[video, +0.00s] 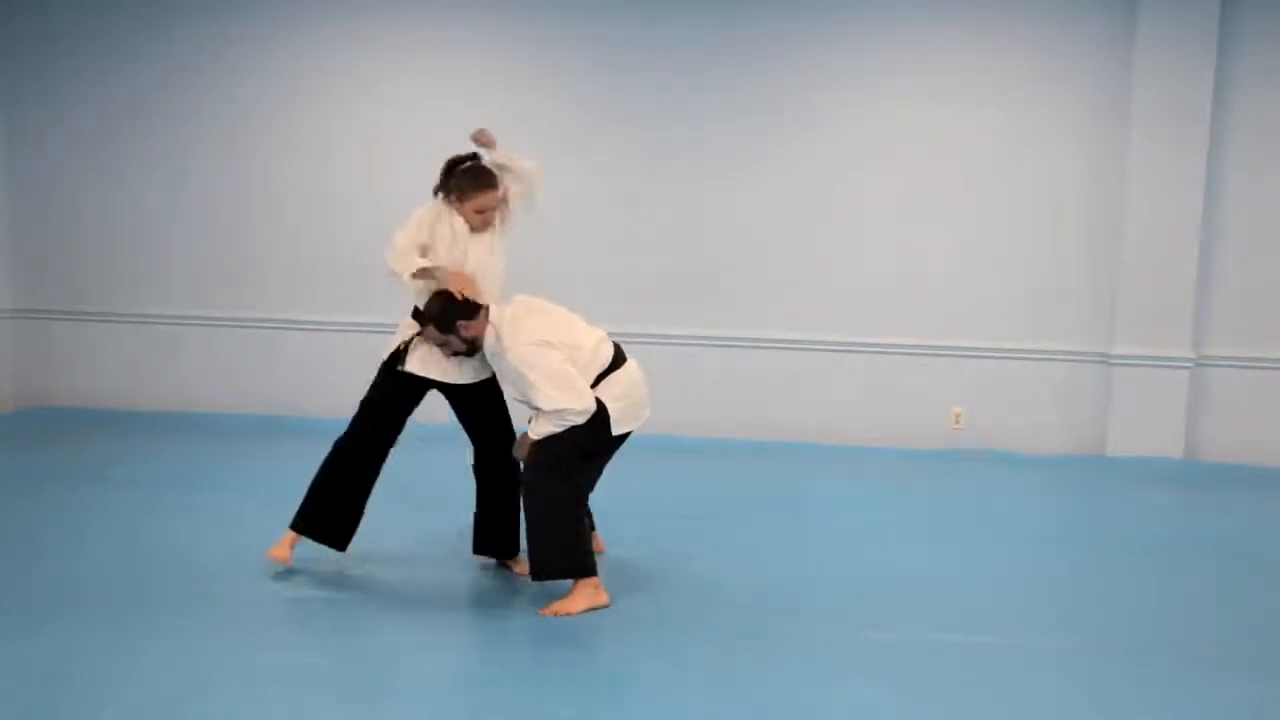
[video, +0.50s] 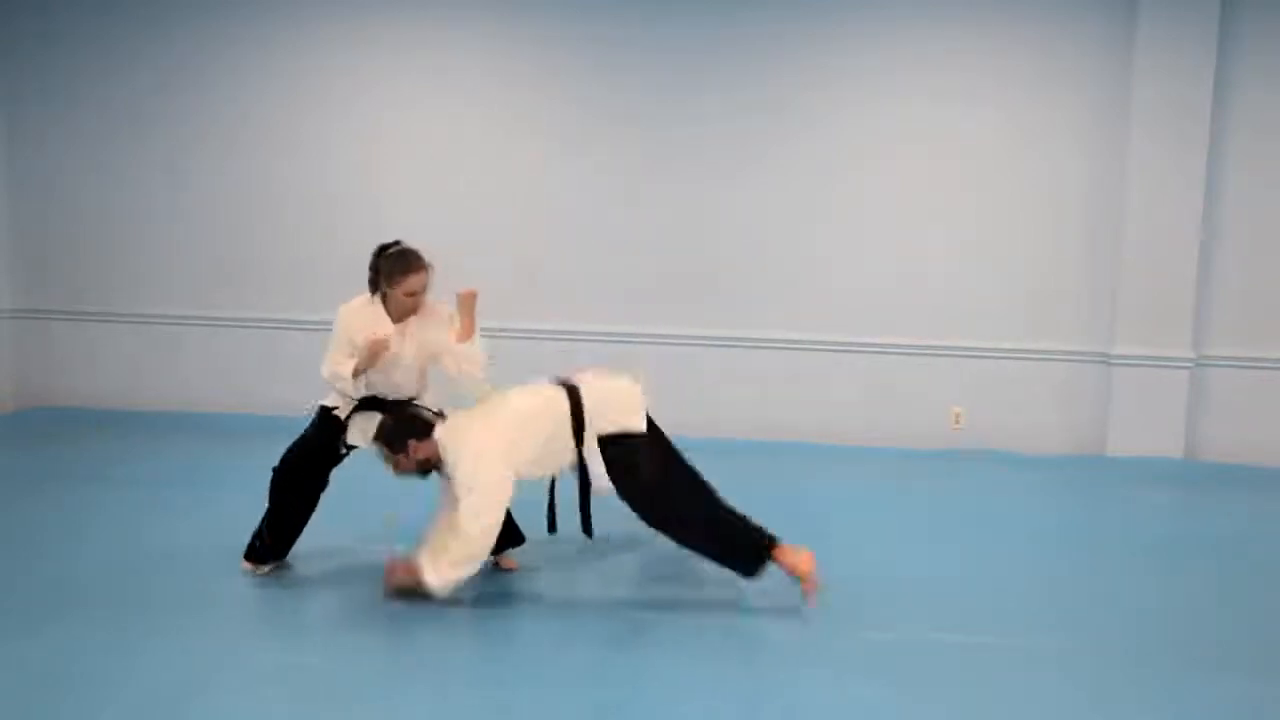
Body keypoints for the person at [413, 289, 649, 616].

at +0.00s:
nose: (446, 352)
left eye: (445, 343)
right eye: (439, 345)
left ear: (464, 327)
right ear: (469, 315)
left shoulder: (514, 345)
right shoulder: (506, 318)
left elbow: (576, 406)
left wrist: (532, 437)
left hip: (612, 398)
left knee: (546, 473)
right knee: (550, 459)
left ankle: (588, 586)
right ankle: (583, 535)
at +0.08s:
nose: (446, 356)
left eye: (444, 346)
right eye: (439, 349)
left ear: (460, 330)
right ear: (466, 316)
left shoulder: (514, 347)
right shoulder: (502, 322)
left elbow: (573, 409)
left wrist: (527, 440)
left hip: (610, 401)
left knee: (543, 472)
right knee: (545, 460)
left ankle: (587, 585)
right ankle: (582, 536)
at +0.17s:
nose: (446, 352)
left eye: (442, 345)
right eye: (440, 346)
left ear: (454, 335)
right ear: (465, 317)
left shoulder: (509, 350)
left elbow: (569, 412)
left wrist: (522, 442)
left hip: (605, 400)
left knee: (538, 475)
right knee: (542, 466)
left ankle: (585, 586)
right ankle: (579, 538)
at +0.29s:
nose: (420, 389)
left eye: (416, 380)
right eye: (416, 384)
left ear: (439, 364)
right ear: (441, 361)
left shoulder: (495, 364)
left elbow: (558, 422)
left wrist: (509, 449)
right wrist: (503, 443)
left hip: (608, 366)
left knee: (582, 473)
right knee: (558, 469)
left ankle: (605, 579)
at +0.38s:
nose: (425, 411)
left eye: (419, 403)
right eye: (418, 405)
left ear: (432, 390)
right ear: (436, 379)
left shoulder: (490, 385)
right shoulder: (471, 373)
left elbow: (532, 460)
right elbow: (503, 440)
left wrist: (481, 485)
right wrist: (470, 476)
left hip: (607, 366)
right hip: (583, 364)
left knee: (595, 475)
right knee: (576, 461)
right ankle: (606, 507)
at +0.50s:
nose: (399, 469)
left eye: (396, 459)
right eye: (394, 461)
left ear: (417, 446)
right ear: (419, 435)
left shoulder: (473, 447)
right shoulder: (456, 435)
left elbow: (477, 527)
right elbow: (455, 511)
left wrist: (428, 574)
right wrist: (424, 563)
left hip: (608, 418)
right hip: (602, 405)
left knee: (677, 512)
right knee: (682, 499)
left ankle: (776, 557)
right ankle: (769, 549)